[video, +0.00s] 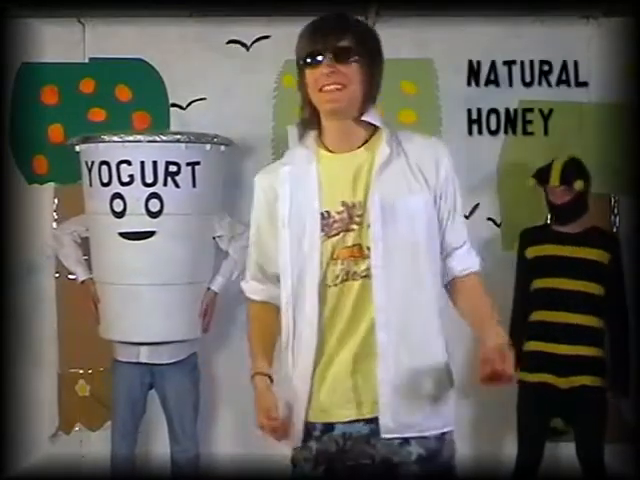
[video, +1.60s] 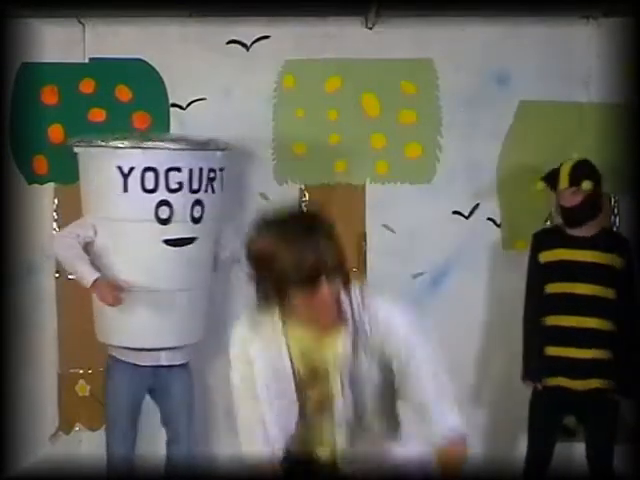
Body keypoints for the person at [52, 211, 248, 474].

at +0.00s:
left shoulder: (197, 219)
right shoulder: (111, 219)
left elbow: (243, 239)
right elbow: (63, 233)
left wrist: (215, 289)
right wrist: (86, 279)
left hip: (178, 353)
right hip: (127, 353)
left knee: (185, 450)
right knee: (121, 450)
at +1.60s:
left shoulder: (190, 232)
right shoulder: (112, 222)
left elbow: (234, 248)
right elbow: (63, 241)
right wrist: (95, 281)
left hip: (175, 359)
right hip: (125, 359)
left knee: (184, 448)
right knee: (120, 452)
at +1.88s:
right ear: (161, 178)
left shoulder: (211, 219)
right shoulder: (137, 213)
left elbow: (254, 236)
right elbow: (100, 236)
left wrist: (300, 259)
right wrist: (123, 267)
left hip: (188, 355)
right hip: (143, 355)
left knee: (188, 455)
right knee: (153, 450)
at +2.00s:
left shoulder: (215, 217)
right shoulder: (149, 205)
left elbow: (250, 239)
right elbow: (119, 234)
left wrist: (299, 248)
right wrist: (143, 258)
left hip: (189, 351)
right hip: (148, 349)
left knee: (190, 455)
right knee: (166, 454)